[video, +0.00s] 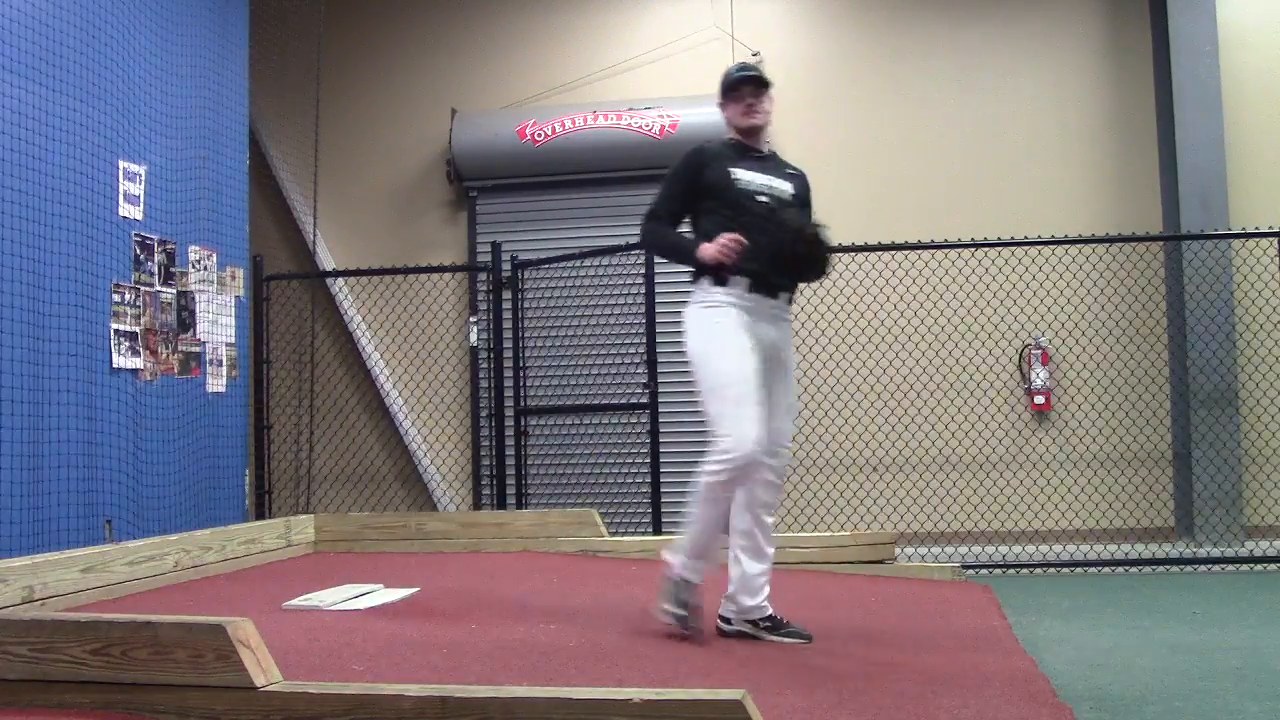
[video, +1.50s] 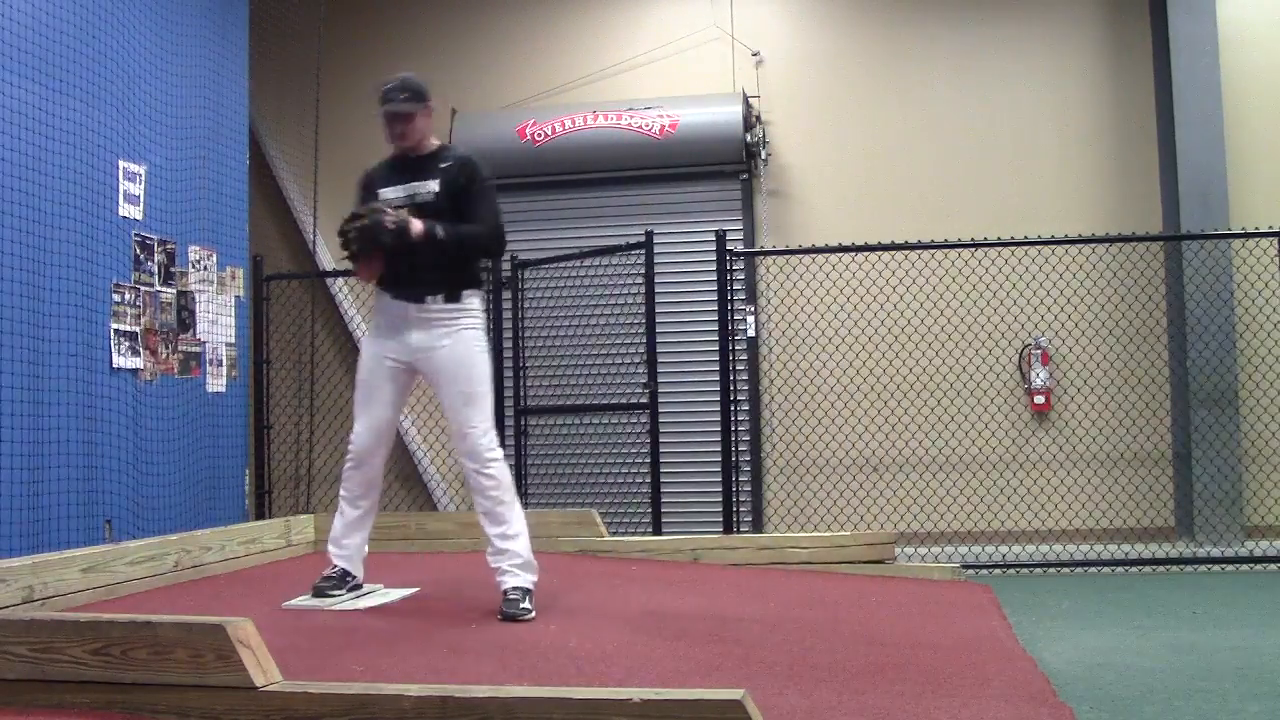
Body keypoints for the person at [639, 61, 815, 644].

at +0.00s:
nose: (751, 105)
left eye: (758, 96)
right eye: (740, 98)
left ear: (772, 104)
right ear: (723, 108)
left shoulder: (793, 179)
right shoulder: (703, 159)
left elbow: (810, 263)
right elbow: (653, 231)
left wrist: (807, 251)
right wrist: (699, 250)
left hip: (775, 319)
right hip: (719, 309)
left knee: (770, 460)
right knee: (740, 445)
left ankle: (746, 606)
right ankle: (683, 575)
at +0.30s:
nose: (666, 119)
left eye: (675, 110)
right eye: (657, 112)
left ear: (695, 119)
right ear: (646, 123)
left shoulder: (727, 186)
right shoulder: (626, 183)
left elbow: (752, 267)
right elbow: (592, 258)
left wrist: (708, 252)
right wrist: (629, 246)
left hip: (702, 337)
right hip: (633, 334)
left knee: (722, 464)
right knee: (611, 464)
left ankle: (740, 605)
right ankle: (615, 579)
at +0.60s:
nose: (585, 119)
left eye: (596, 110)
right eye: (577, 112)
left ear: (618, 118)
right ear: (567, 123)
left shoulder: (642, 178)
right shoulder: (557, 183)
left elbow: (661, 247)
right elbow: (537, 263)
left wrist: (615, 198)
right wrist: (533, 262)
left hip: (626, 329)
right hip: (566, 331)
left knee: (629, 446)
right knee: (590, 459)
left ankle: (660, 589)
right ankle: (616, 577)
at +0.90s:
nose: (529, 119)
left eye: (538, 110)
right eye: (523, 113)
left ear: (556, 115)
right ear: (512, 122)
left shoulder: (577, 168)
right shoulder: (499, 188)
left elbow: (582, 173)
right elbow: (495, 264)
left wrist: (530, 116)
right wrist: (480, 262)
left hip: (571, 315)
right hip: (521, 324)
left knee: (529, 442)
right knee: (563, 458)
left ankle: (520, 580)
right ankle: (617, 571)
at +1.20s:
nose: (473, 98)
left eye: (484, 90)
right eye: (465, 93)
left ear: (507, 99)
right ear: (458, 101)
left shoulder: (521, 144)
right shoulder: (460, 162)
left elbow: (476, 129)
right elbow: (478, 250)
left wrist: (418, 93)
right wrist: (444, 253)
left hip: (514, 312)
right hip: (462, 315)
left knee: (510, 446)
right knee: (418, 427)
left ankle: (526, 580)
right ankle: (471, 535)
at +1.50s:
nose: (399, 127)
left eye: (408, 117)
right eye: (391, 119)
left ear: (431, 115)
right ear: (381, 123)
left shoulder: (463, 170)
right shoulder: (376, 180)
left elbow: (490, 236)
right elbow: (364, 247)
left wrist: (428, 230)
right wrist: (367, 260)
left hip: (453, 326)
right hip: (389, 325)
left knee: (479, 448)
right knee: (364, 446)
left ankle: (516, 579)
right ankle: (345, 567)